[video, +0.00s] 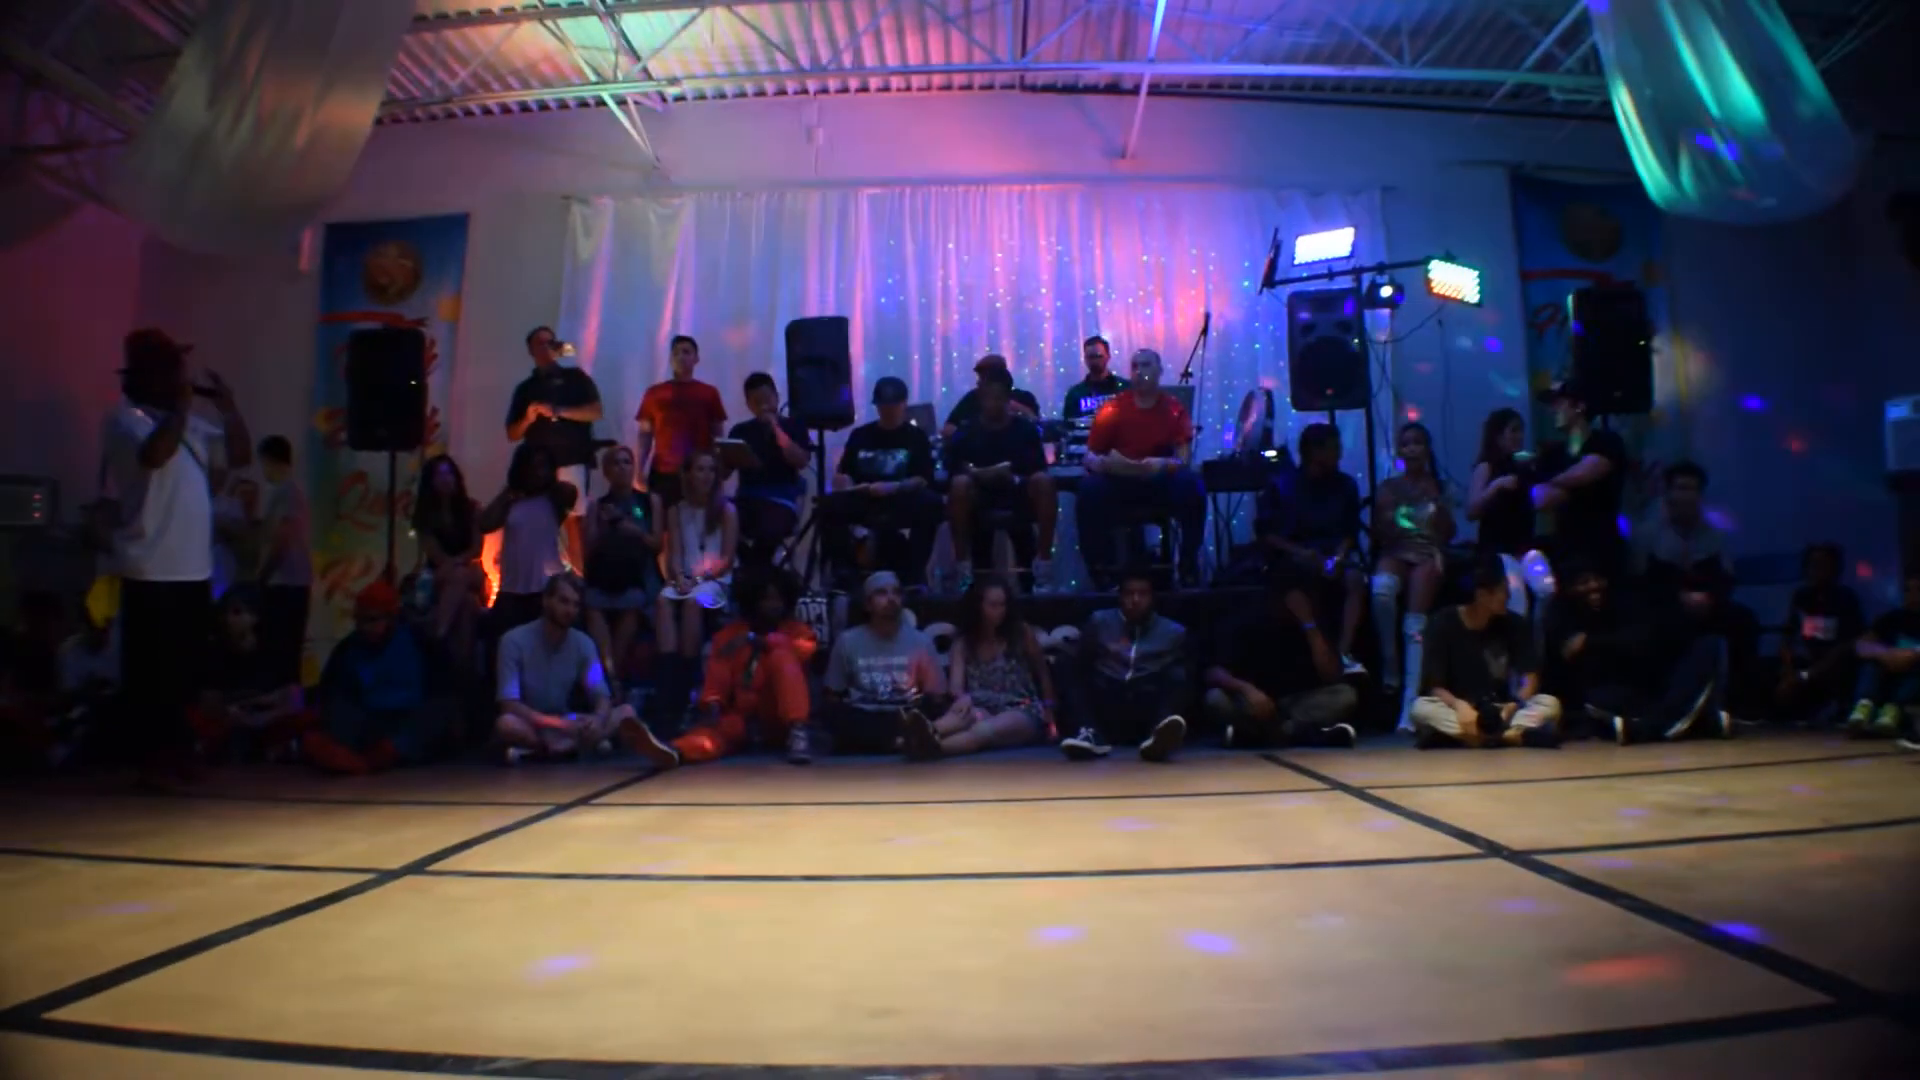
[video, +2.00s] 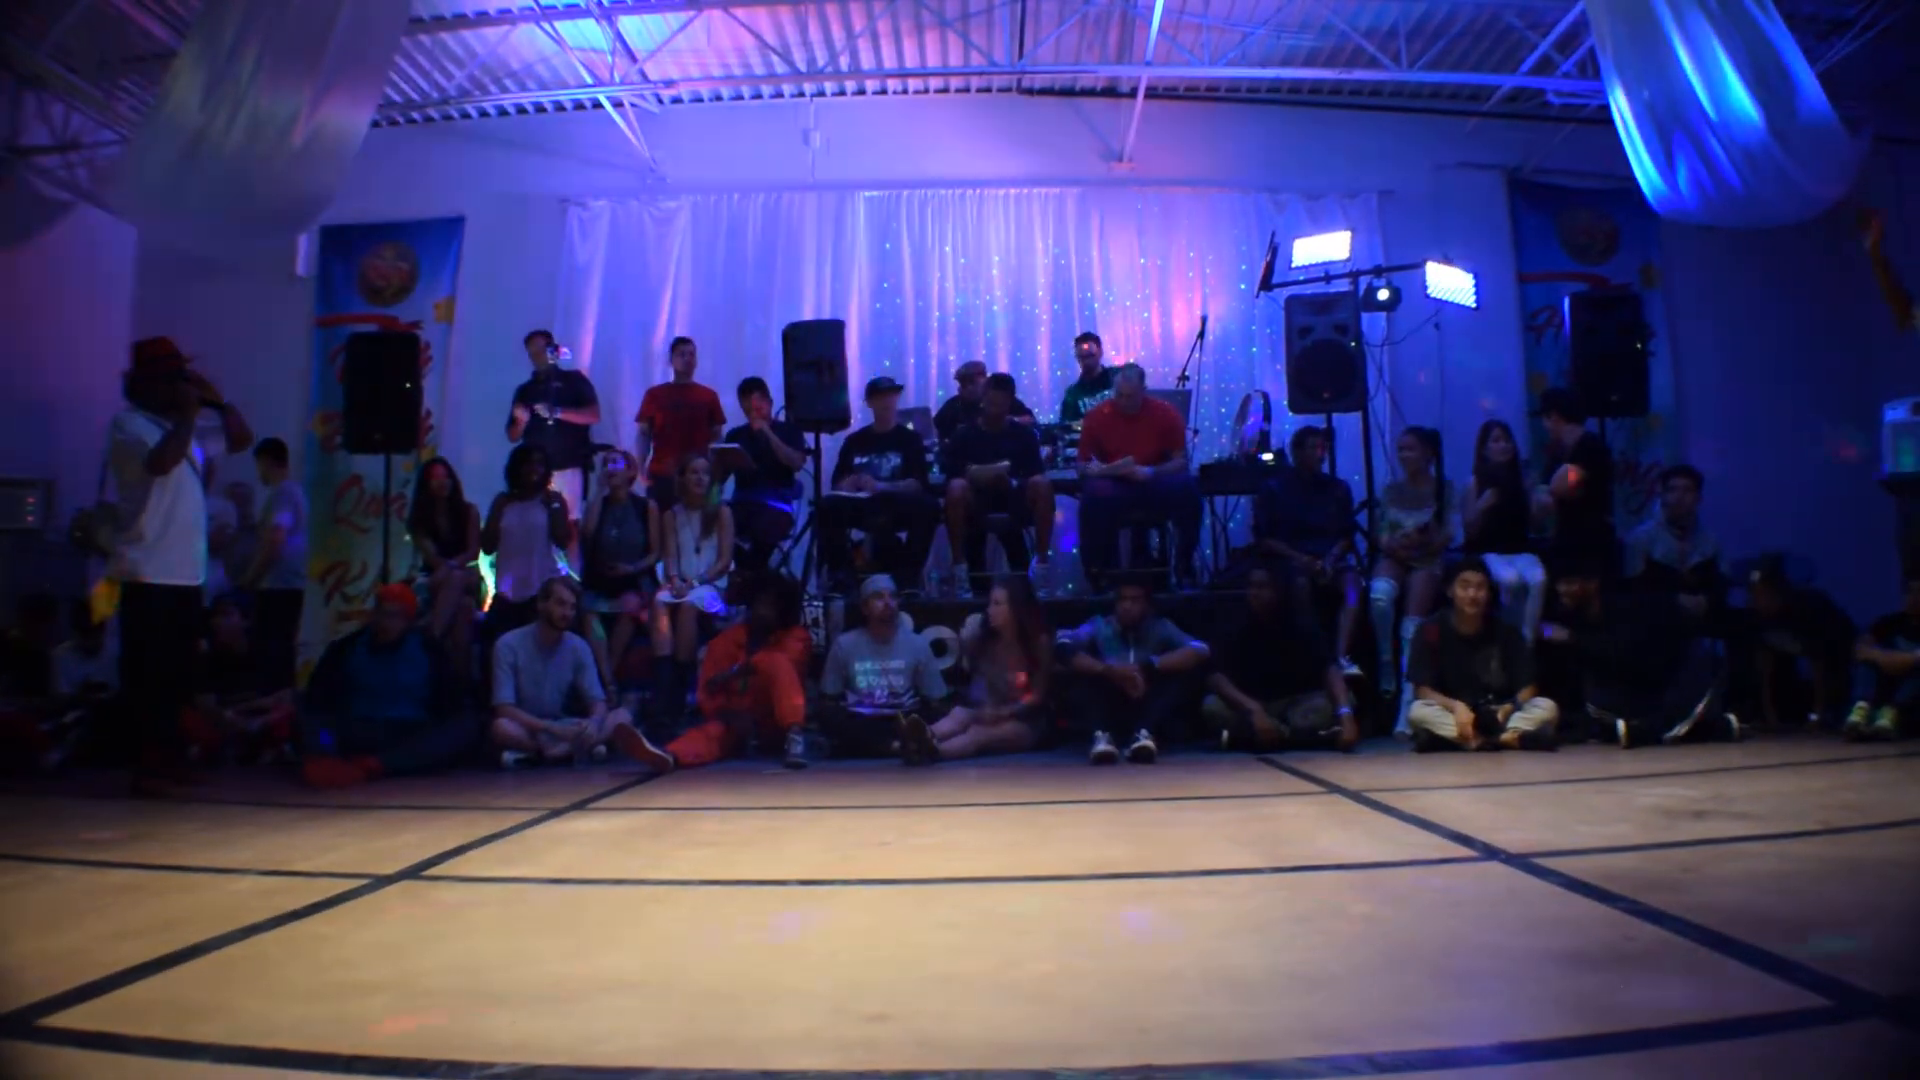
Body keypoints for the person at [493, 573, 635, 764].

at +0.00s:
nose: (570, 610)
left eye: (575, 604)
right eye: (563, 602)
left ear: (579, 608)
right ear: (547, 601)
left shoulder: (583, 643)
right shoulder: (515, 641)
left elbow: (602, 696)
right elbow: (509, 703)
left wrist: (598, 721)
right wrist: (561, 725)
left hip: (570, 718)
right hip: (533, 719)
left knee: (626, 712)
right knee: (507, 724)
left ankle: (561, 746)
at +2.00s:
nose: (567, 613)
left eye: (572, 607)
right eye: (561, 604)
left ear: (576, 610)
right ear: (542, 605)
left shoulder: (578, 647)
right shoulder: (509, 645)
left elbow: (598, 702)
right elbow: (504, 708)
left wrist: (593, 725)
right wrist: (555, 729)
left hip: (566, 722)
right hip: (528, 723)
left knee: (622, 716)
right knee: (502, 728)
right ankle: (576, 748)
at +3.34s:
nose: (573, 599)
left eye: (571, 593)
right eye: (566, 594)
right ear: (544, 604)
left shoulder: (572, 641)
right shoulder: (509, 643)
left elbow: (594, 689)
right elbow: (504, 706)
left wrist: (593, 722)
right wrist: (556, 729)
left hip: (563, 720)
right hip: (528, 722)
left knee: (623, 715)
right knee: (502, 728)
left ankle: (557, 751)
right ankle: (579, 747)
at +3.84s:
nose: (547, 590)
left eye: (543, 586)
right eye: (539, 587)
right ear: (520, 601)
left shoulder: (554, 632)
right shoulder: (494, 645)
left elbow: (572, 679)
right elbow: (504, 707)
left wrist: (587, 722)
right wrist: (561, 729)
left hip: (559, 714)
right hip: (525, 718)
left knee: (618, 708)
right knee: (503, 727)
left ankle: (561, 747)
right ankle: (579, 742)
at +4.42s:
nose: (546, 592)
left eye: (546, 586)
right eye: (537, 588)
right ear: (516, 598)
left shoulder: (561, 635)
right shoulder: (498, 645)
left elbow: (584, 684)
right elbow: (502, 705)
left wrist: (588, 722)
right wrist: (553, 727)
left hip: (564, 716)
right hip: (526, 720)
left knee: (618, 709)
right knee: (503, 725)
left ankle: (559, 748)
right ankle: (580, 747)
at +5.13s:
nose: (540, 616)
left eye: (548, 610)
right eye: (536, 608)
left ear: (562, 610)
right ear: (529, 607)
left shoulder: (576, 645)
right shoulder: (509, 644)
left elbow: (599, 697)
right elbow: (505, 706)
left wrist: (597, 726)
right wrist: (558, 730)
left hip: (563, 720)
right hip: (525, 721)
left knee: (621, 716)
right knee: (503, 728)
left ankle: (551, 753)